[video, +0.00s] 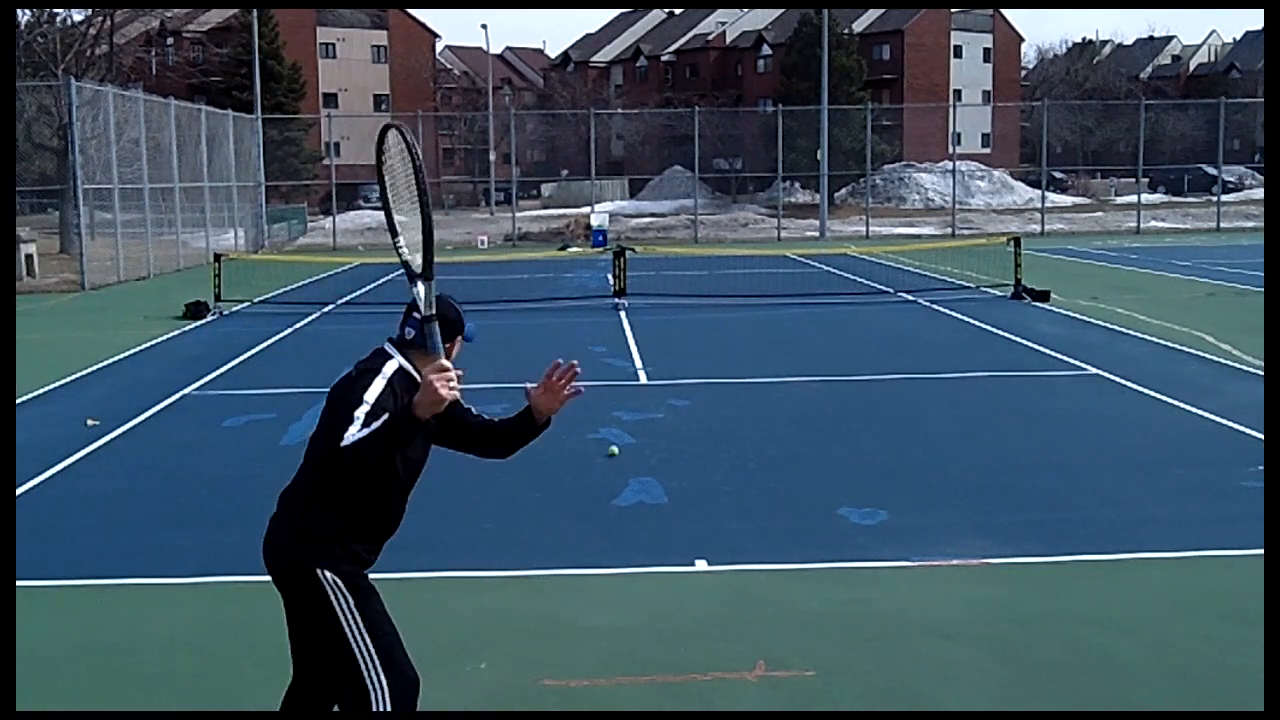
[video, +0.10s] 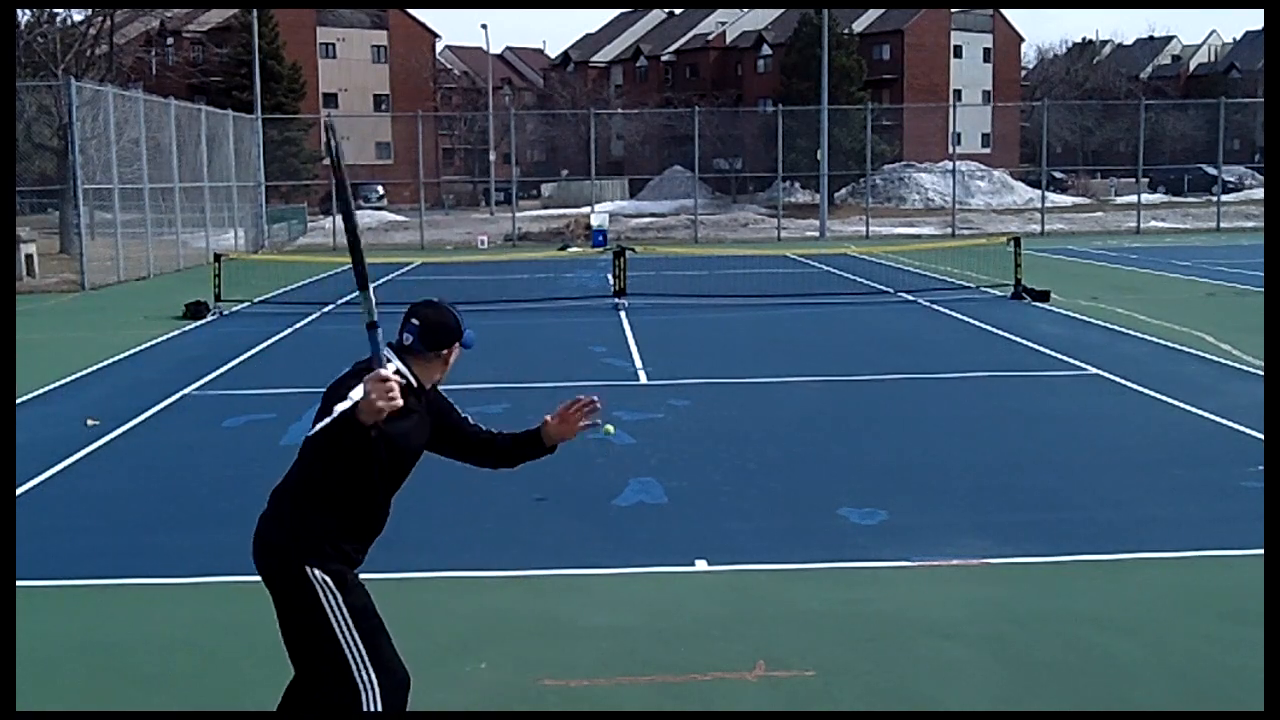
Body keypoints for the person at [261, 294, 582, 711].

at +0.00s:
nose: (457, 355)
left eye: (458, 345)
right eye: (457, 344)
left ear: (412, 335)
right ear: (447, 344)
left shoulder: (419, 390)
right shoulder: (378, 379)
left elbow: (492, 441)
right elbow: (342, 454)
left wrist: (536, 414)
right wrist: (413, 413)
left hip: (334, 553)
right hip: (313, 553)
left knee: (316, 687)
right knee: (391, 686)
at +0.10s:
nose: (456, 357)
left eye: (457, 348)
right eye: (456, 349)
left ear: (408, 339)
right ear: (448, 354)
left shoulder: (426, 404)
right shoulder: (367, 383)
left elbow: (484, 448)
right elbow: (317, 440)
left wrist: (545, 437)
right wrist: (360, 413)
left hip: (327, 553)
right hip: (301, 551)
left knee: (321, 681)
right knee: (382, 684)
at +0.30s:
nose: (456, 368)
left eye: (455, 360)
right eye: (456, 360)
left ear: (407, 352)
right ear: (445, 367)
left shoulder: (399, 404)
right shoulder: (383, 389)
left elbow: (440, 468)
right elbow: (329, 452)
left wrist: (518, 490)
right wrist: (346, 490)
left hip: (276, 549)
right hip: (301, 554)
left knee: (307, 677)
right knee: (384, 682)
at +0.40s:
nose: (441, 356)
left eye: (442, 348)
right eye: (442, 349)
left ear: (392, 337)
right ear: (431, 353)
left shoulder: (349, 370)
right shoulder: (388, 384)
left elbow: (371, 465)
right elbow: (357, 477)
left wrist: (441, 477)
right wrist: (406, 544)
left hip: (267, 537)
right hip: (312, 547)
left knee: (294, 675)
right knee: (388, 680)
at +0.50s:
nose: (414, 324)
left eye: (417, 317)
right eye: (415, 317)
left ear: (366, 297)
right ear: (403, 312)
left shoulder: (294, 337)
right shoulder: (392, 344)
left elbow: (297, 428)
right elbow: (393, 448)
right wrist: (438, 486)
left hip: (272, 511)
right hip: (340, 519)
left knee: (278, 652)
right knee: (374, 662)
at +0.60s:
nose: (392, 290)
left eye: (394, 285)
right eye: (392, 284)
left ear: (338, 269)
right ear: (384, 283)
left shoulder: (273, 316)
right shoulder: (388, 320)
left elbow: (251, 396)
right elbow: (409, 404)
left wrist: (260, 327)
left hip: (284, 500)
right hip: (359, 502)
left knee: (278, 642)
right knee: (379, 641)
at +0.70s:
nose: (367, 281)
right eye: (368, 274)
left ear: (315, 271)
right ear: (367, 277)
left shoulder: (272, 326)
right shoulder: (382, 315)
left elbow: (219, 376)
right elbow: (411, 361)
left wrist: (213, 304)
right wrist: (372, 302)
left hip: (296, 511)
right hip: (373, 507)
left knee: (285, 646)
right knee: (395, 639)